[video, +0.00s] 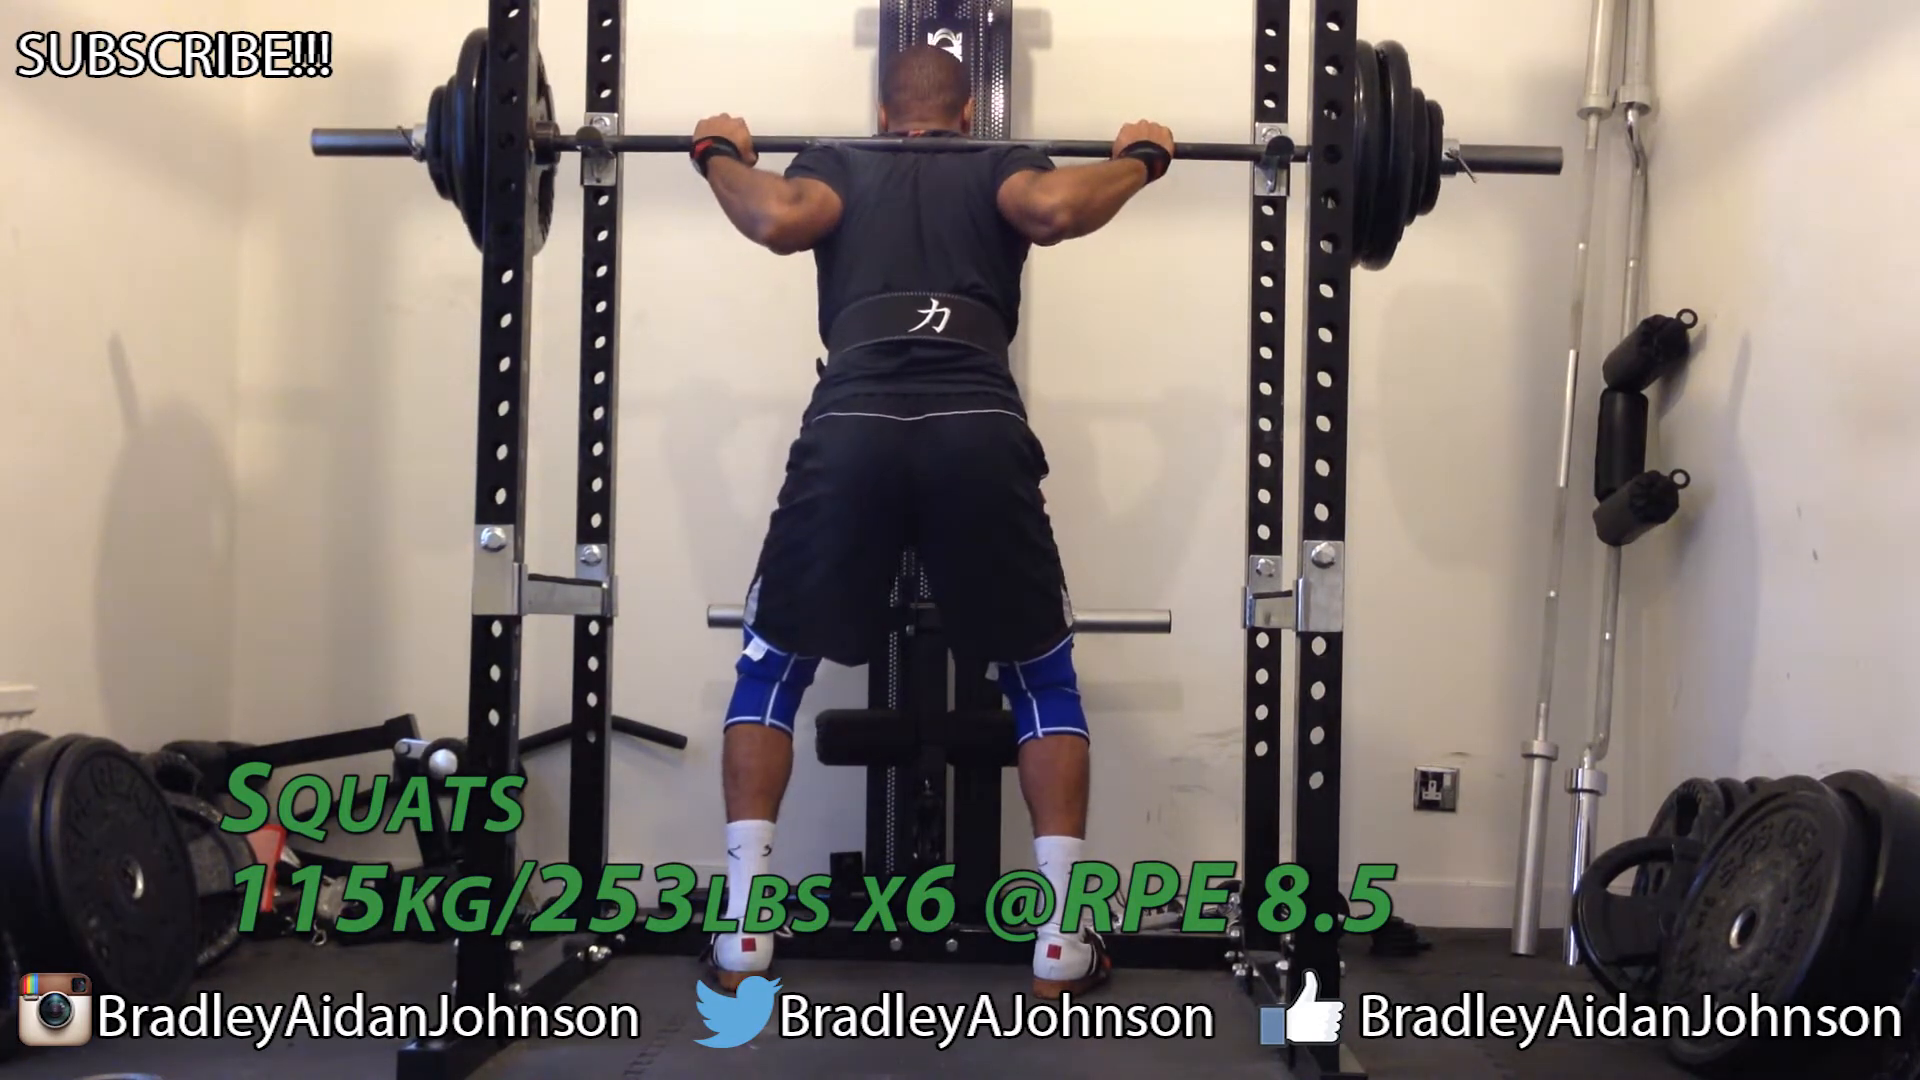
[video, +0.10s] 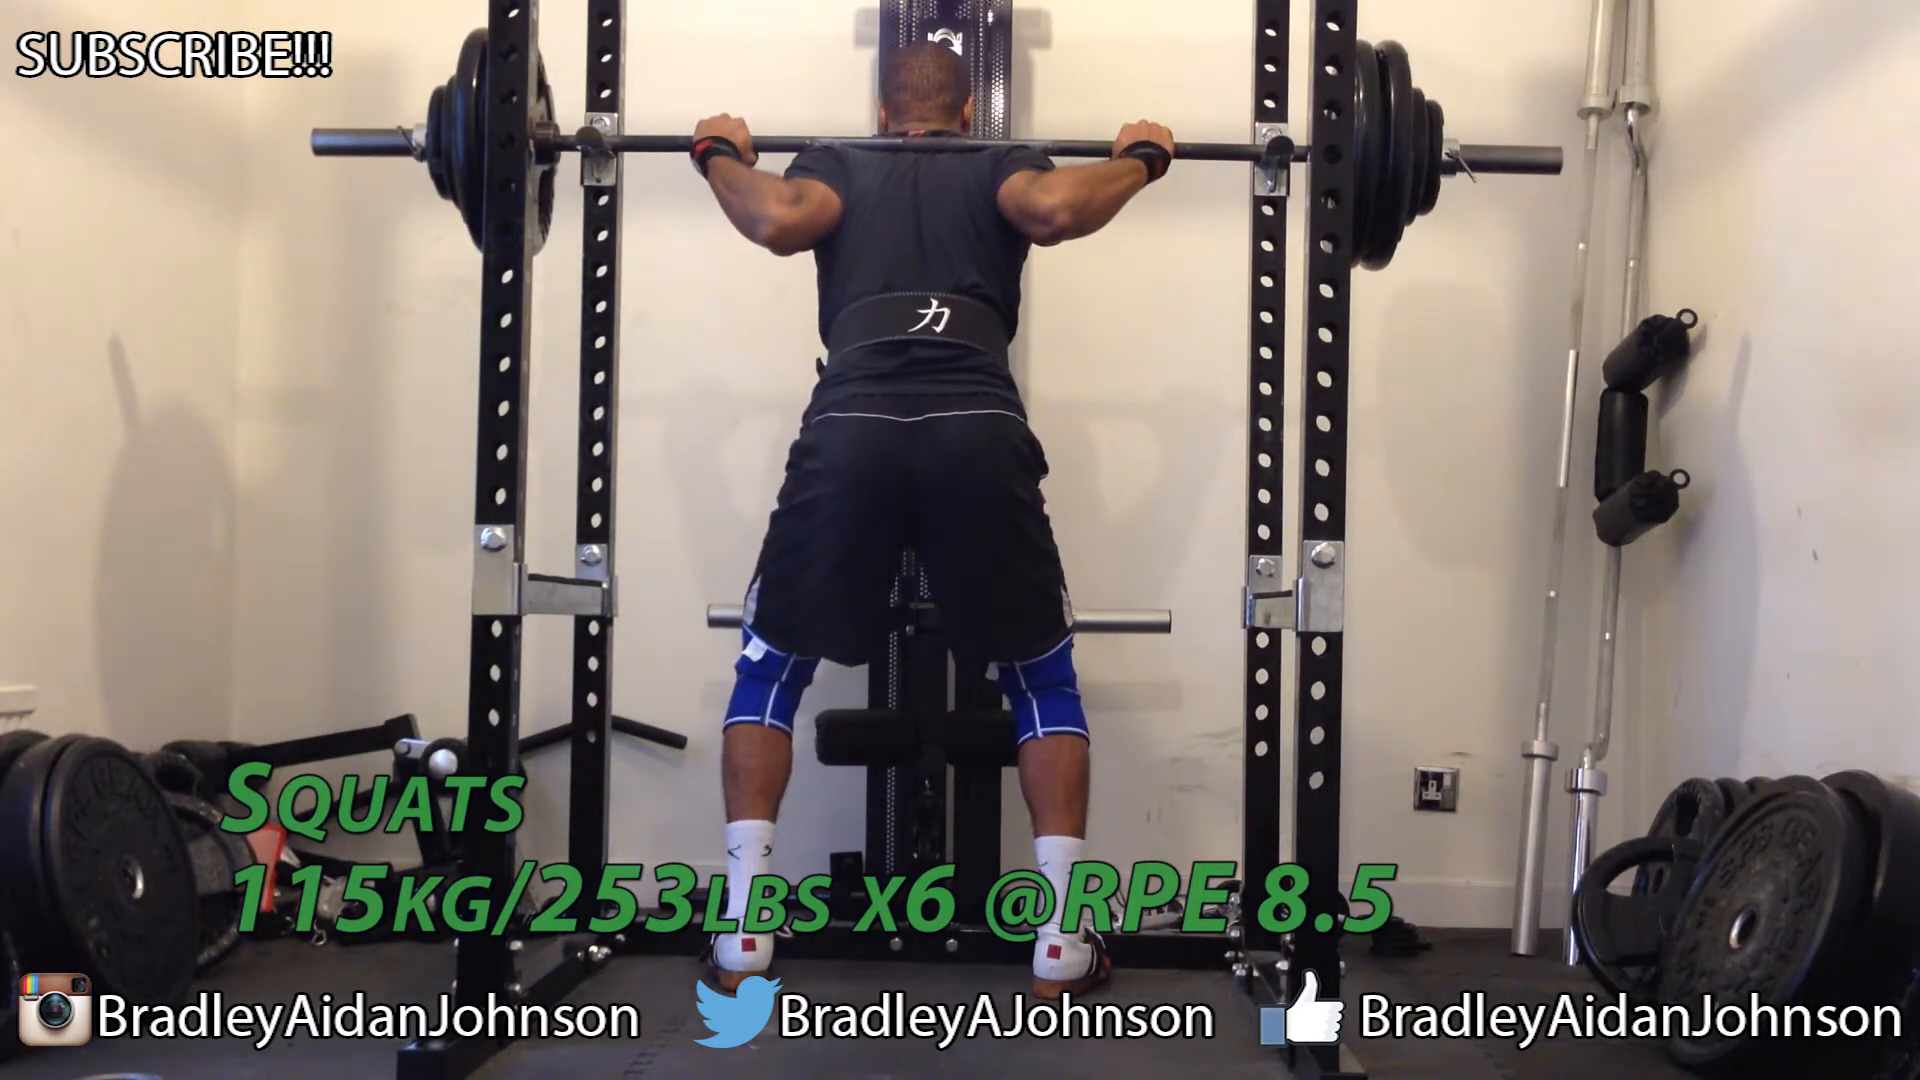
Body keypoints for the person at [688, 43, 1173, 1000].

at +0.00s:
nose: (946, 110)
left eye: (904, 97)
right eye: (961, 99)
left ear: (880, 110)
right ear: (970, 111)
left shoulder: (837, 163)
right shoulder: (999, 163)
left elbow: (778, 219)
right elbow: (1050, 210)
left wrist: (723, 158)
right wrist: (1135, 162)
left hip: (849, 429)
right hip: (978, 431)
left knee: (771, 673)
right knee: (1042, 682)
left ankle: (744, 919)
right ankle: (1061, 930)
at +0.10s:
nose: (931, 106)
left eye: (900, 95)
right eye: (958, 96)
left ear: (880, 108)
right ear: (971, 108)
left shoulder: (835, 163)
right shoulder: (1001, 162)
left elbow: (778, 221)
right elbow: (1051, 211)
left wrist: (723, 159)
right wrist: (1135, 162)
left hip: (848, 432)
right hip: (978, 432)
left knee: (770, 675)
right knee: (1042, 682)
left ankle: (744, 920)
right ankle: (1061, 930)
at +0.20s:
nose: (946, 107)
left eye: (904, 94)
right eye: (961, 97)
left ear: (879, 107)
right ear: (970, 109)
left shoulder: (835, 164)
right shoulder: (1000, 163)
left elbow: (775, 221)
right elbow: (1052, 212)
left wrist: (725, 160)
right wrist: (1135, 162)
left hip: (847, 432)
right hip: (977, 433)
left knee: (771, 676)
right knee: (1042, 682)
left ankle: (744, 920)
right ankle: (1061, 930)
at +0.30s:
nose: (944, 105)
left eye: (904, 90)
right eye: (960, 95)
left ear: (879, 104)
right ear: (969, 108)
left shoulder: (835, 161)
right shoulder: (1001, 162)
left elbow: (776, 219)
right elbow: (1052, 210)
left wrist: (725, 158)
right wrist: (1135, 160)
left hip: (848, 432)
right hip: (979, 433)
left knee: (774, 673)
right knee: (1041, 682)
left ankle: (743, 918)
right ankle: (1061, 931)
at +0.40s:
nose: (930, 94)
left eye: (898, 81)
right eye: (954, 85)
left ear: (879, 97)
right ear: (969, 100)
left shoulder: (836, 156)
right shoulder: (1000, 154)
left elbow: (776, 205)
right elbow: (1052, 197)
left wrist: (727, 148)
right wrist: (1135, 152)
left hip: (851, 424)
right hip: (982, 425)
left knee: (778, 668)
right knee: (1041, 678)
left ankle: (744, 919)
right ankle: (1060, 931)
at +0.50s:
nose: (907, 88)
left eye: (892, 76)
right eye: (956, 76)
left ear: (880, 90)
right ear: (970, 90)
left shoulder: (839, 147)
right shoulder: (998, 143)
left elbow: (777, 188)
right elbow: (1055, 180)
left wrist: (728, 137)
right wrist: (1135, 139)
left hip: (855, 414)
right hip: (985, 414)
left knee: (786, 666)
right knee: (1038, 674)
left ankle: (746, 918)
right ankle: (1061, 929)